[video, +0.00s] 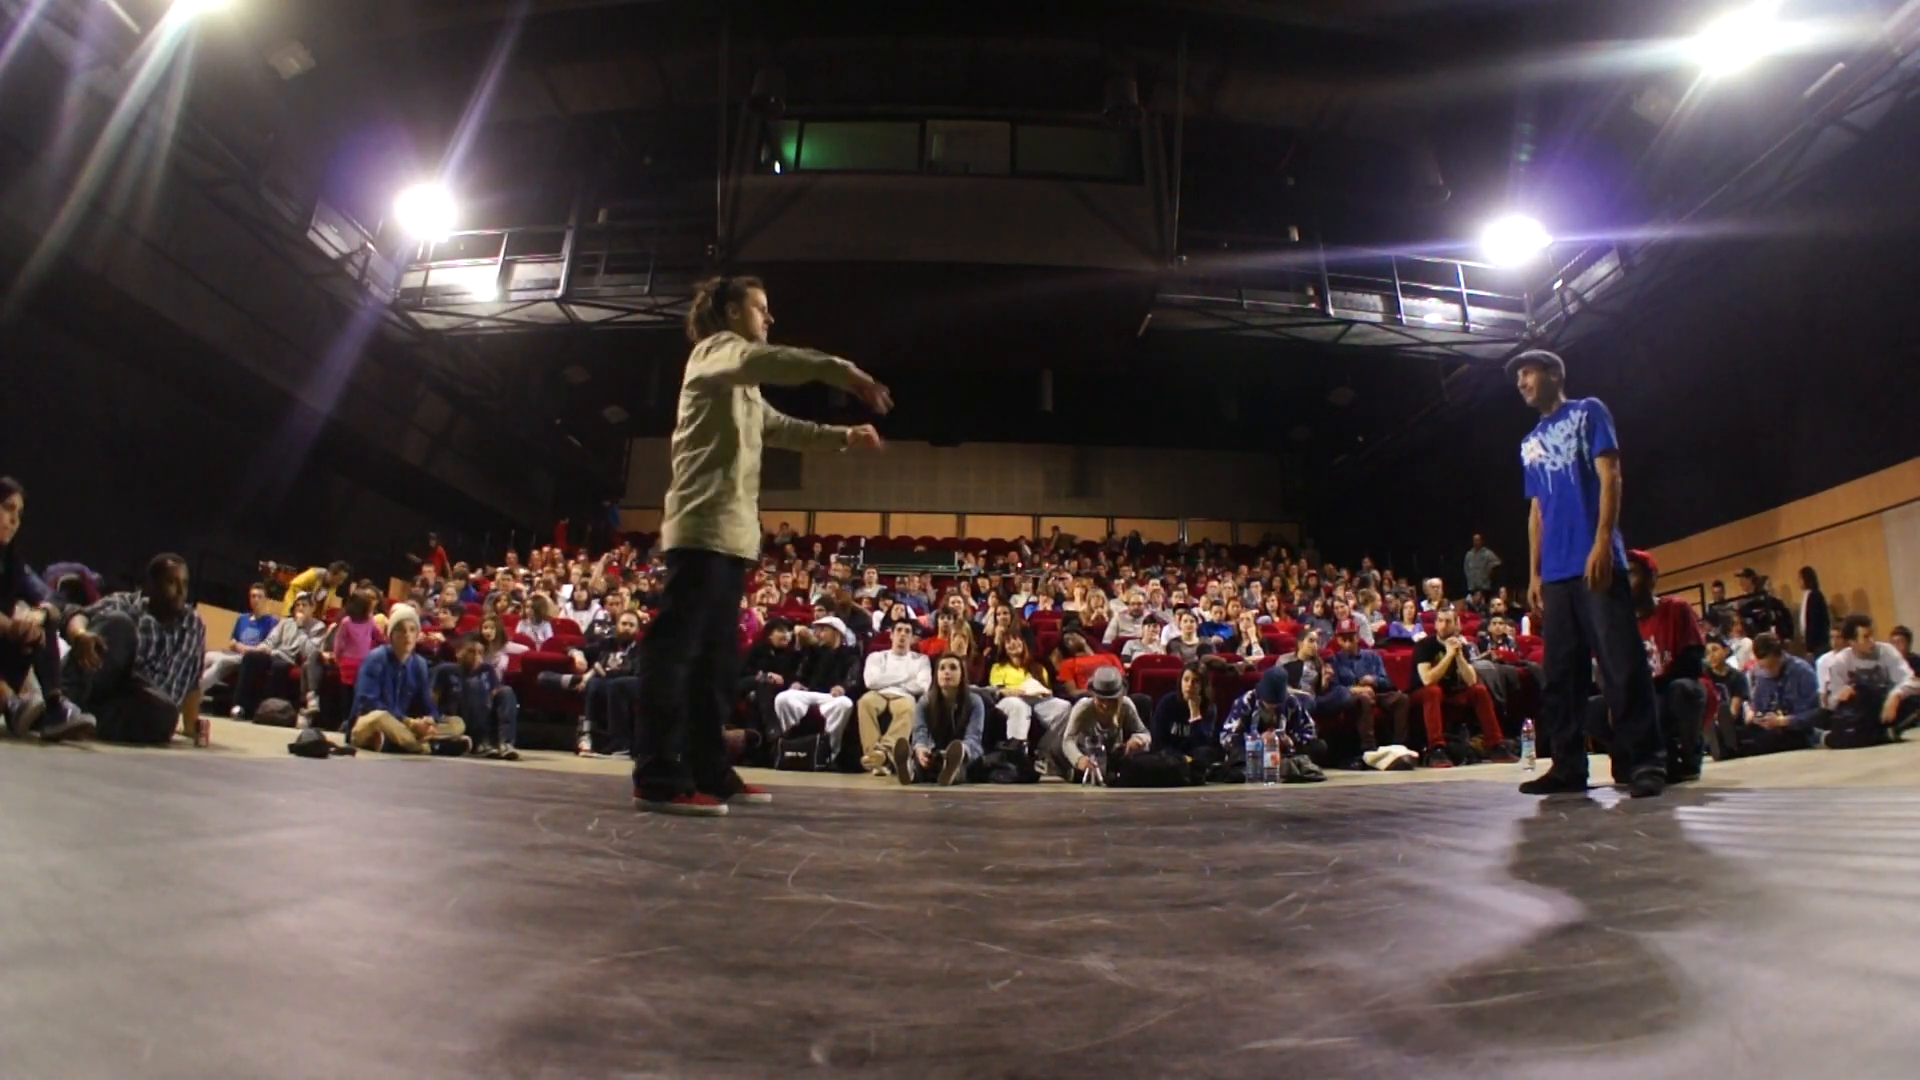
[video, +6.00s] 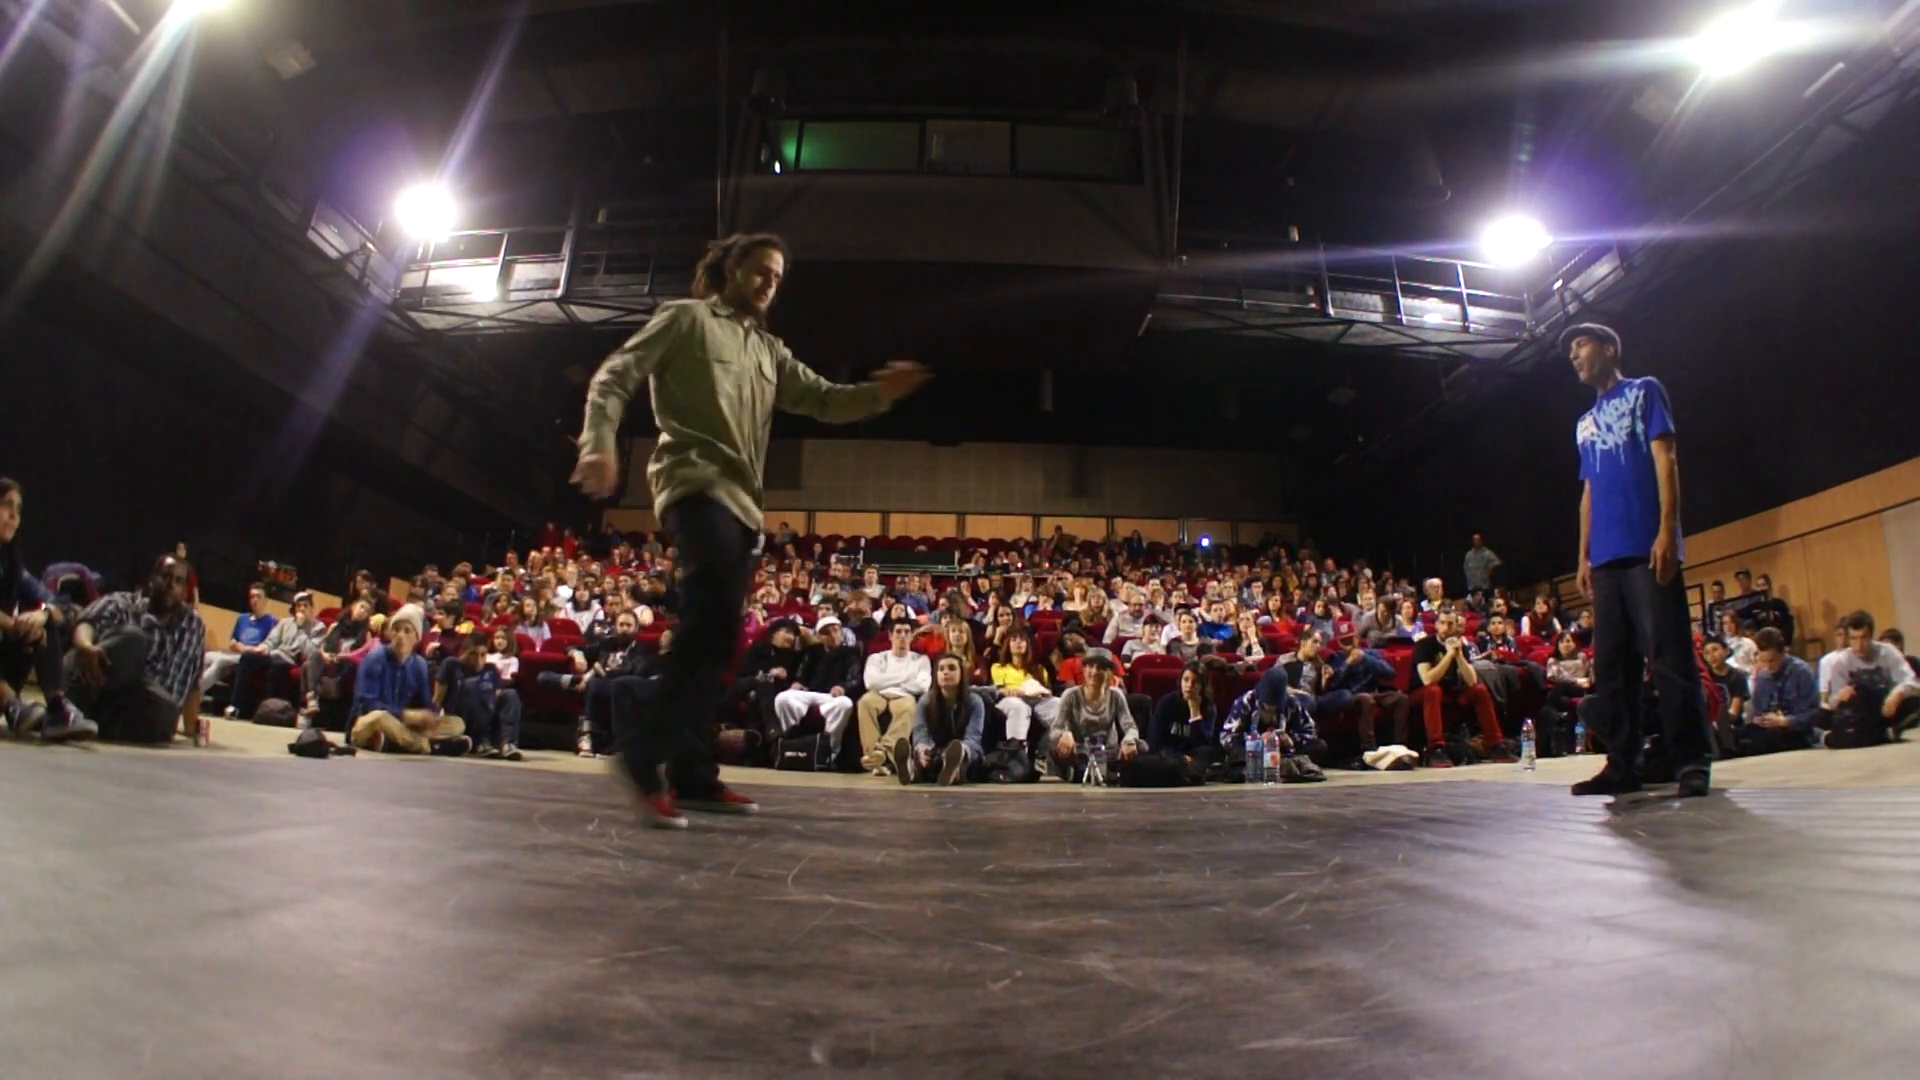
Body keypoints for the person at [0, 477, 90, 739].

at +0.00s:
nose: (14, 519)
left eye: (18, 512)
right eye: (8, 509)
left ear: (21, 517)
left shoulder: (11, 560)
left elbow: (54, 605)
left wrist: (40, 613)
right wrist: (11, 624)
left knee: (43, 623)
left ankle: (55, 707)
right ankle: (11, 704)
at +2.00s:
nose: (14, 516)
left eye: (18, 509)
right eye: (7, 506)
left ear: (20, 515)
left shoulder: (11, 568)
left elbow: (59, 607)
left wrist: (44, 614)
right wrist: (15, 625)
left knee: (43, 625)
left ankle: (58, 709)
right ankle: (11, 705)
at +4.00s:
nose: (18, 517)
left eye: (20, 509)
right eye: (11, 507)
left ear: (21, 513)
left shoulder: (12, 565)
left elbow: (55, 607)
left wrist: (42, 614)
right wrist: (12, 624)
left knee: (45, 625)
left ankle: (58, 709)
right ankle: (11, 705)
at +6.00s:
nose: (14, 516)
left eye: (18, 508)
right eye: (7, 506)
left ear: (20, 515)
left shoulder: (11, 563)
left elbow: (56, 608)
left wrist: (42, 613)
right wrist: (11, 624)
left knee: (44, 625)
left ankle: (58, 708)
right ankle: (11, 704)